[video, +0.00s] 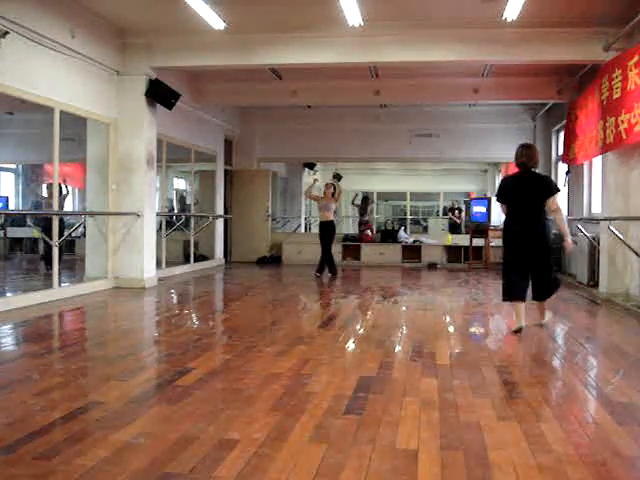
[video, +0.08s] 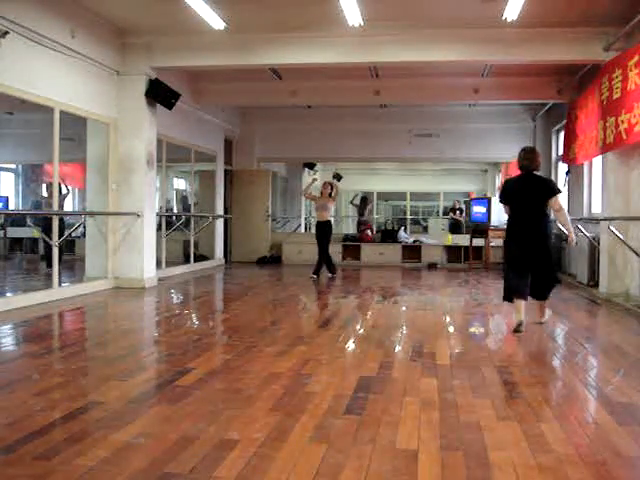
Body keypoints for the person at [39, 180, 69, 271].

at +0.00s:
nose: (52, 192)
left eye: (54, 190)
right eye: (50, 189)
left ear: (58, 190)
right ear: (48, 190)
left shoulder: (61, 199)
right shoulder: (45, 200)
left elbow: (66, 193)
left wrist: (65, 184)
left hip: (58, 221)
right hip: (47, 221)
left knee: (58, 243)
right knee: (48, 243)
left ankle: (57, 264)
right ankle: (48, 264)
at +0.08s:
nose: (52, 191)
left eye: (54, 189)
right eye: (50, 189)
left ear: (57, 190)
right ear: (47, 190)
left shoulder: (60, 198)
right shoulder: (45, 200)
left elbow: (68, 192)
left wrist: (64, 183)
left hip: (58, 220)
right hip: (47, 221)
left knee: (59, 242)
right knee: (48, 243)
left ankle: (58, 264)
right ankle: (49, 265)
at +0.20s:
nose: (53, 189)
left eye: (55, 187)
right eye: (51, 187)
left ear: (58, 188)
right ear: (48, 188)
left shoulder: (61, 196)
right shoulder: (47, 196)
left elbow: (69, 190)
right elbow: (47, 189)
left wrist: (64, 181)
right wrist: (47, 182)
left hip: (58, 218)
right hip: (48, 219)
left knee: (59, 241)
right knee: (48, 241)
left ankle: (58, 263)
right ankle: (49, 264)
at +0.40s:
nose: (52, 188)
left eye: (54, 185)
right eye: (50, 185)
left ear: (58, 186)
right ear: (48, 186)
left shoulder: (61, 196)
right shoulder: (47, 196)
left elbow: (70, 190)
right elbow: (40, 191)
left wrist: (69, 184)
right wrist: (41, 183)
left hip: (59, 218)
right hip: (48, 219)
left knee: (60, 241)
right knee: (48, 241)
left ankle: (61, 264)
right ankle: (49, 264)